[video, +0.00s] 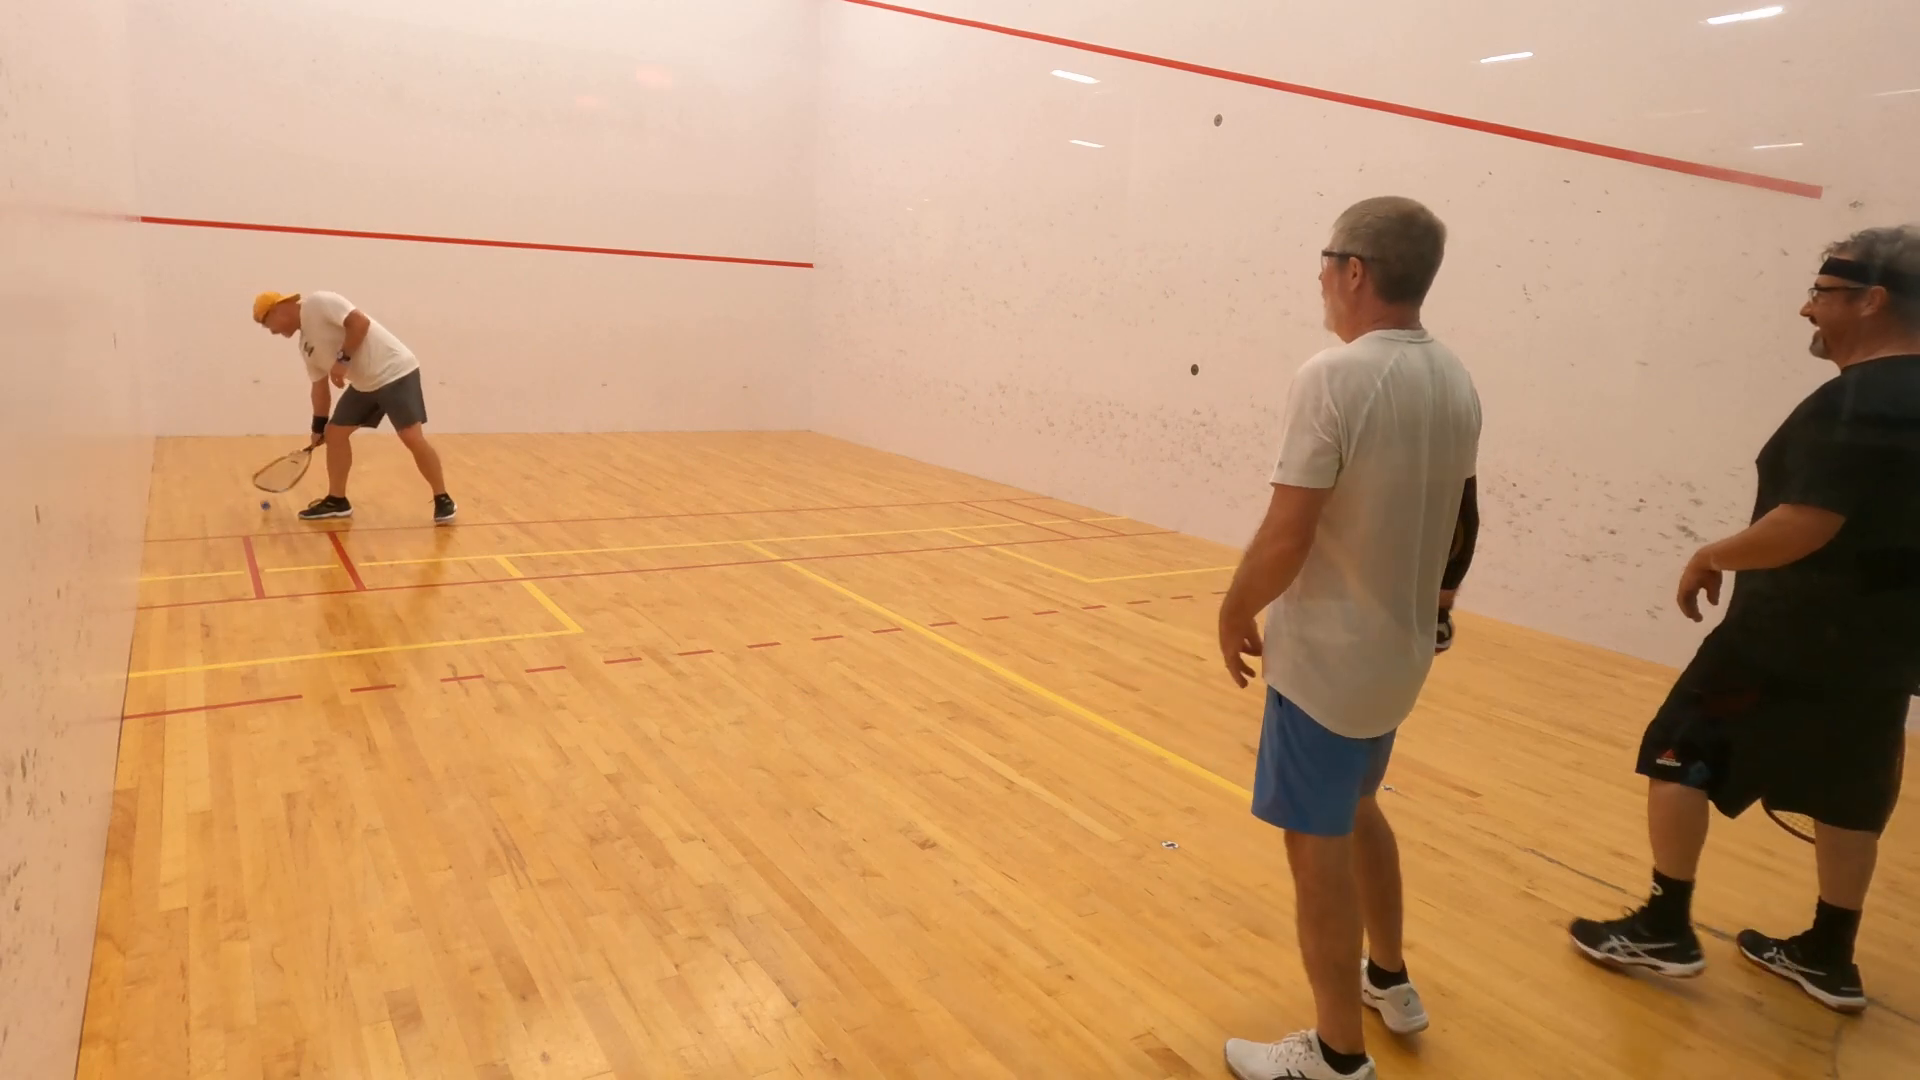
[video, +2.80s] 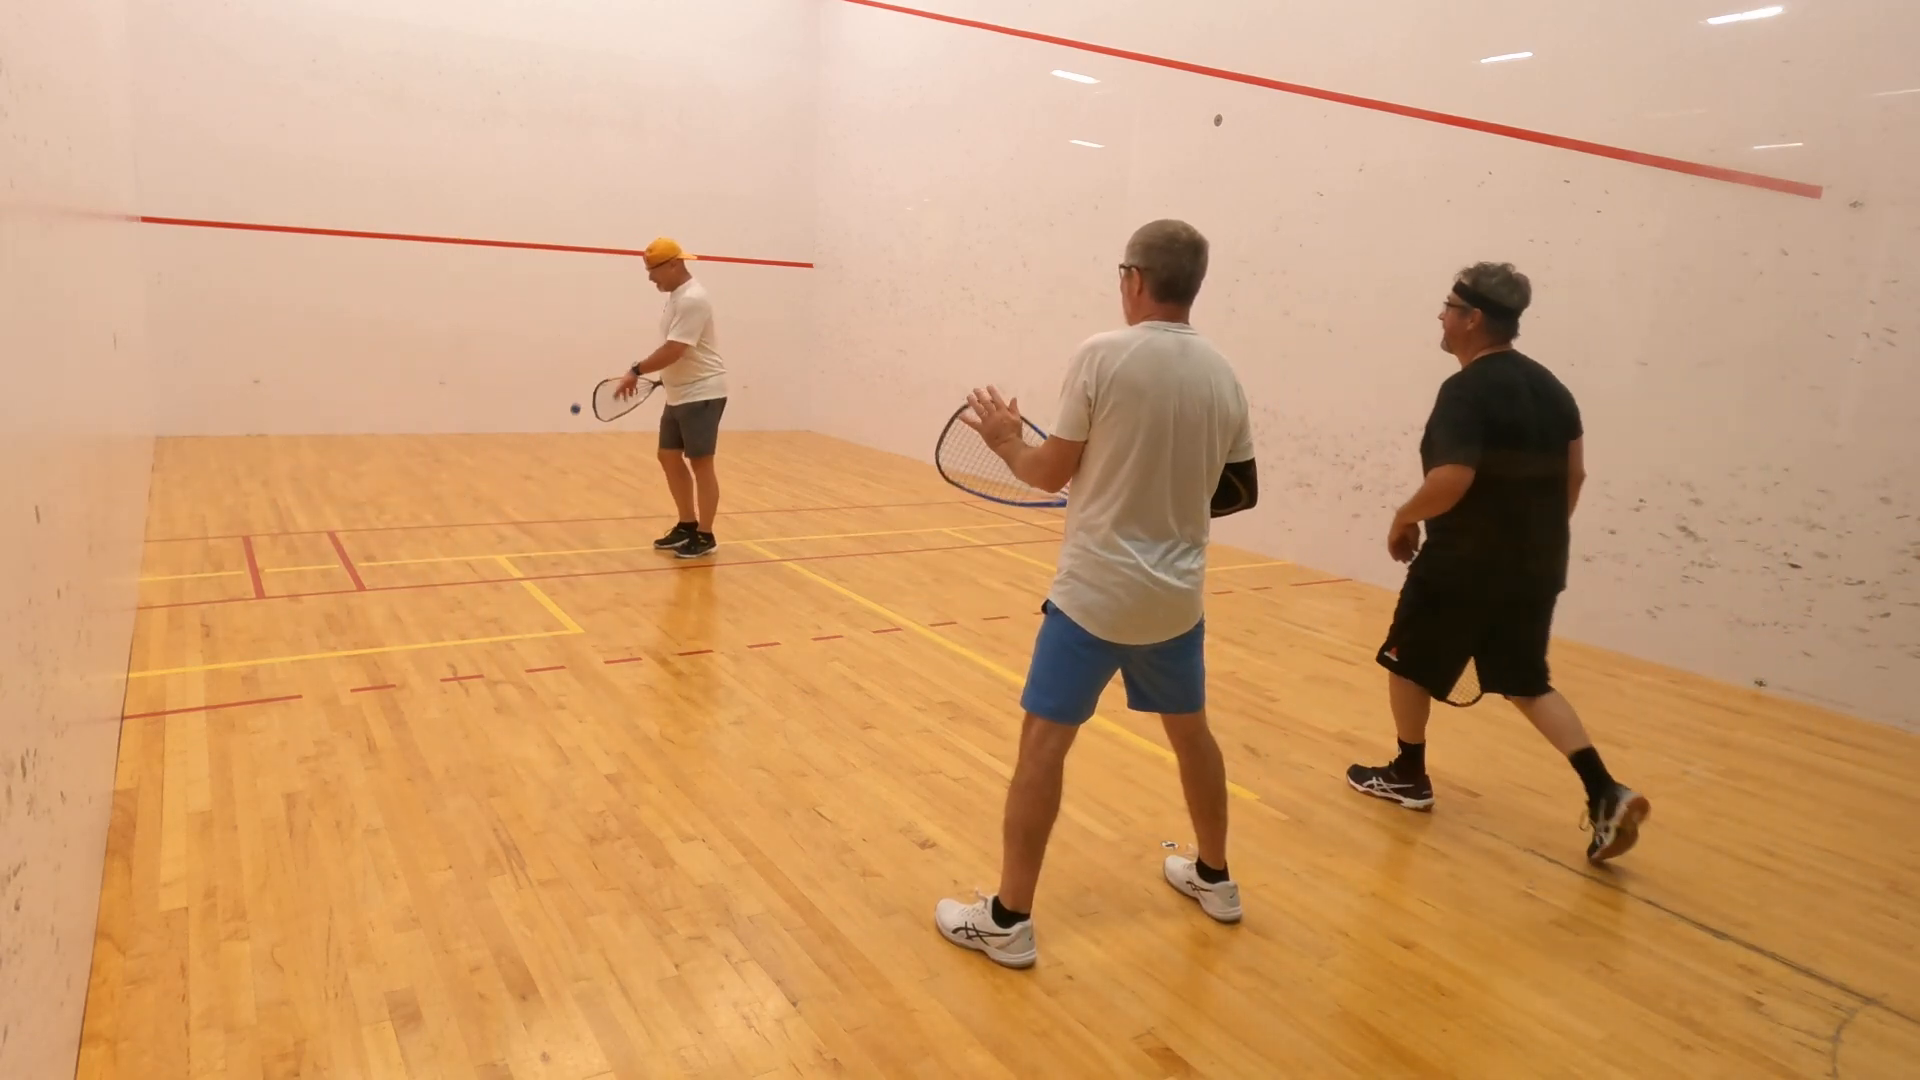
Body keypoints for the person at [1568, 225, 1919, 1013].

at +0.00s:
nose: (1808, 310)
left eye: (1822, 294)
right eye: (1812, 293)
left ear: (1875, 301)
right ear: (1883, 305)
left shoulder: (1859, 400)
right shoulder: (1910, 394)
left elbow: (1804, 524)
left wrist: (1712, 554)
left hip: (1792, 627)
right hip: (1884, 643)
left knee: (1678, 747)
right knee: (1854, 788)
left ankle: (1665, 924)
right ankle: (1830, 951)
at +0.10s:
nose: (1794, 307)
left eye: (1808, 292)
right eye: (1798, 292)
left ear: (1857, 301)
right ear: (1868, 305)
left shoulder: (1835, 403)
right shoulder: (1912, 395)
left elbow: (1788, 522)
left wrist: (1695, 552)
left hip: (1775, 639)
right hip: (1871, 648)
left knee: (1686, 755)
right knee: (1851, 789)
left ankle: (1604, 893)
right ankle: (1829, 951)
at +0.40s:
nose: (1704, 310)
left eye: (1717, 296)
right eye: (1710, 295)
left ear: (1760, 307)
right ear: (1782, 312)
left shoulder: (1740, 405)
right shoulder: (1855, 413)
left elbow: (1699, 523)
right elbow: (1850, 542)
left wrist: (1612, 554)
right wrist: (1805, 614)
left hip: (1703, 636)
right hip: (1802, 647)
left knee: (1628, 744)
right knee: (1804, 787)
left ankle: (1577, 881)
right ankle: (1823, 950)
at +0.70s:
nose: (1597, 321)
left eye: (1607, 308)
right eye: (1600, 306)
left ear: (1647, 315)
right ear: (1680, 315)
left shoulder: (1633, 401)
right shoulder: (1758, 389)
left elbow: (1600, 514)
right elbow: (1787, 491)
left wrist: (1554, 556)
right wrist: (1732, 548)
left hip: (1656, 613)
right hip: (1750, 615)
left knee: (1600, 740)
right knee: (1713, 737)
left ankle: (1575, 881)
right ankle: (1761, 876)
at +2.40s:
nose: (1561, 327)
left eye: (1570, 316)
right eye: (1565, 315)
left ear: (1600, 325)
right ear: (1623, 329)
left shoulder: (1585, 393)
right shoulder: (1693, 399)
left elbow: (1570, 483)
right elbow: (1724, 495)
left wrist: (1524, 530)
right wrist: (1691, 560)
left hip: (1594, 592)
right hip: (1679, 602)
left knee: (1506, 674)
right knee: (1647, 722)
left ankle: (1488, 803)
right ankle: (1657, 861)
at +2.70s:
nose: (1474, 323)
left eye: (1484, 315)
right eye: (1480, 312)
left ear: (1510, 328)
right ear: (1536, 331)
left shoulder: (1498, 398)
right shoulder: (1587, 397)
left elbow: (1488, 488)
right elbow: (1613, 486)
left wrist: (1440, 529)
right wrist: (1574, 543)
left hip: (1502, 576)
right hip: (1576, 584)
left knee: (1429, 656)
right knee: (1588, 701)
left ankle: (1410, 771)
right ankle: (1645, 838)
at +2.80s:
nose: (1441, 315)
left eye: (1450, 307)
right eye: (1446, 305)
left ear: (1475, 321)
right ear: (1499, 324)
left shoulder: (1464, 390)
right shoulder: (1551, 388)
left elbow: (1452, 478)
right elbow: (1573, 474)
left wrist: (1405, 515)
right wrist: (1547, 534)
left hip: (1462, 566)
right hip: (1534, 570)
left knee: (1410, 661)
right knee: (1523, 676)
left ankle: (1407, 773)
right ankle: (1604, 792)